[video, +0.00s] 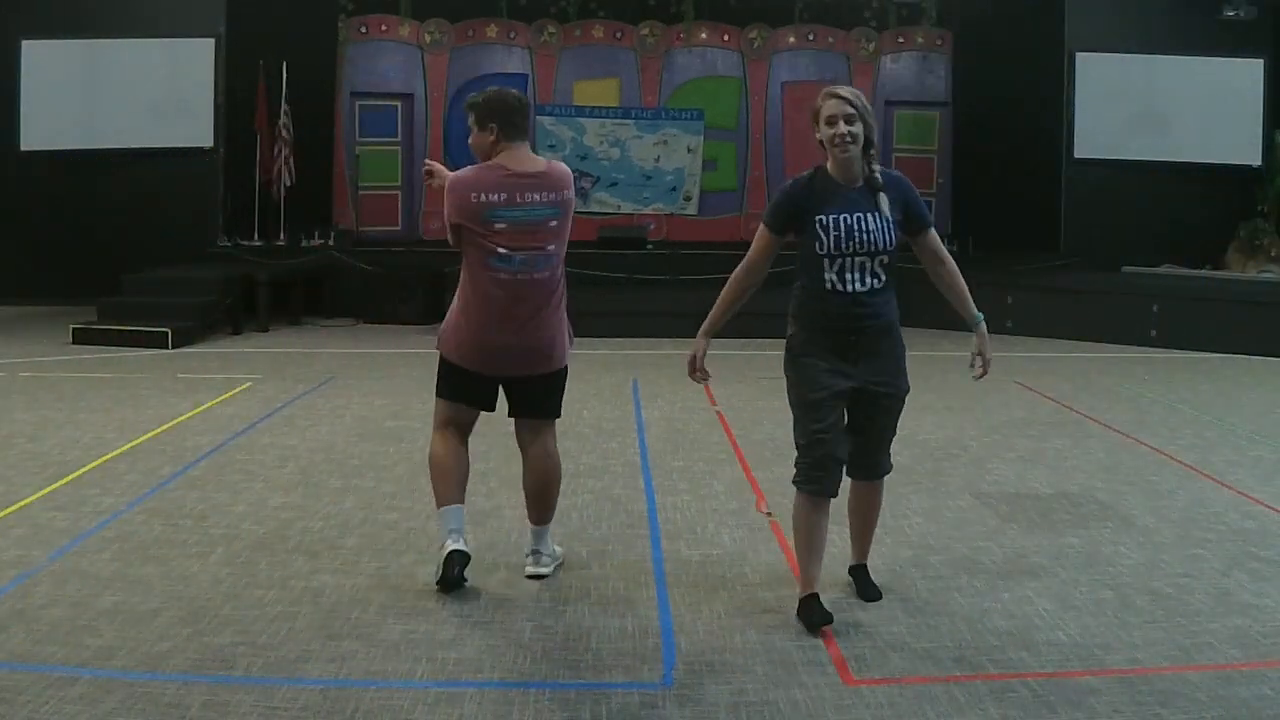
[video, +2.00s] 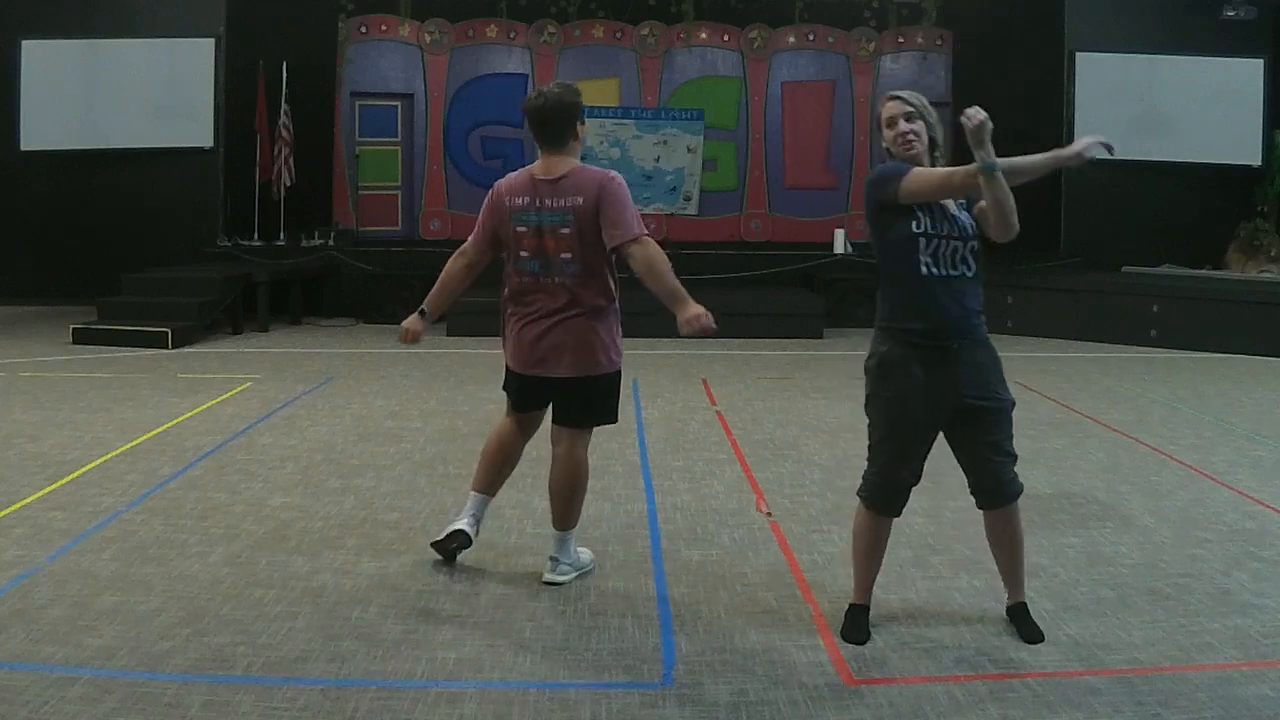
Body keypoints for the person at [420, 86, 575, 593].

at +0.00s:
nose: (471, 139)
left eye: (474, 130)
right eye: (472, 130)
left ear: (491, 132)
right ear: (523, 128)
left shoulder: (464, 184)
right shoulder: (562, 177)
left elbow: (458, 239)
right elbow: (515, 204)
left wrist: (451, 188)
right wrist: (454, 183)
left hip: (474, 337)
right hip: (542, 339)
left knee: (450, 429)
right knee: (539, 437)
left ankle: (453, 538)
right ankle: (541, 549)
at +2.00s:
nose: (586, 128)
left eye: (582, 122)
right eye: (585, 122)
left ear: (531, 130)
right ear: (580, 129)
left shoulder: (505, 191)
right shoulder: (604, 186)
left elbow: (469, 259)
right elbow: (637, 249)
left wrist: (425, 313)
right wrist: (683, 303)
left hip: (526, 343)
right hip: (587, 345)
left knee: (518, 418)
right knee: (571, 441)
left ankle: (468, 519)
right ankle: (563, 554)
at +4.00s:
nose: (540, 135)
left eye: (543, 126)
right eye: (529, 126)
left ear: (540, 130)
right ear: (500, 134)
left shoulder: (483, 181)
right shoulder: (513, 192)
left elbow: (520, 259)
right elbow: (523, 278)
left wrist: (560, 299)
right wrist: (549, 348)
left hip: (474, 342)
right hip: (523, 344)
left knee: (460, 446)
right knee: (550, 444)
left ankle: (430, 561)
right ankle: (565, 556)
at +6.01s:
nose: (477, 134)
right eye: (479, 127)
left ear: (428, 127)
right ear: (476, 127)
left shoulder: (392, 179)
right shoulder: (497, 184)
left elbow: (366, 250)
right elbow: (527, 264)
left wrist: (376, 292)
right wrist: (556, 328)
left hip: (421, 339)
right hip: (488, 337)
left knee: (436, 446)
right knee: (497, 408)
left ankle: (443, 565)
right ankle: (542, 465)